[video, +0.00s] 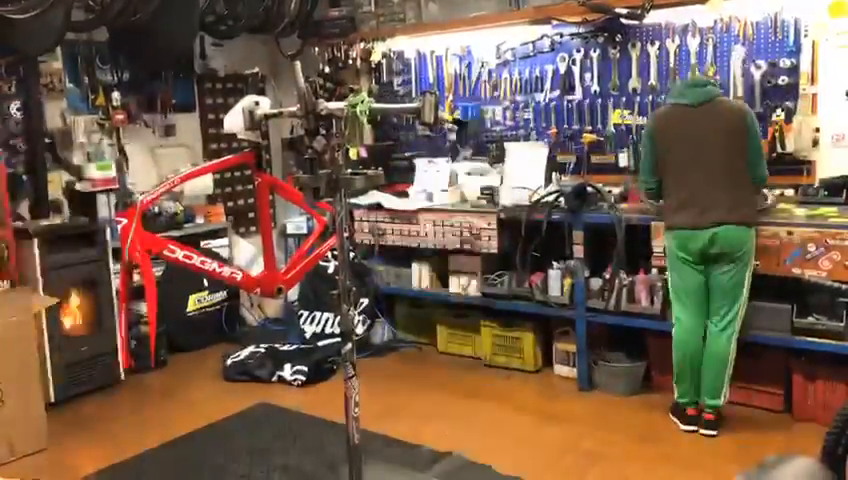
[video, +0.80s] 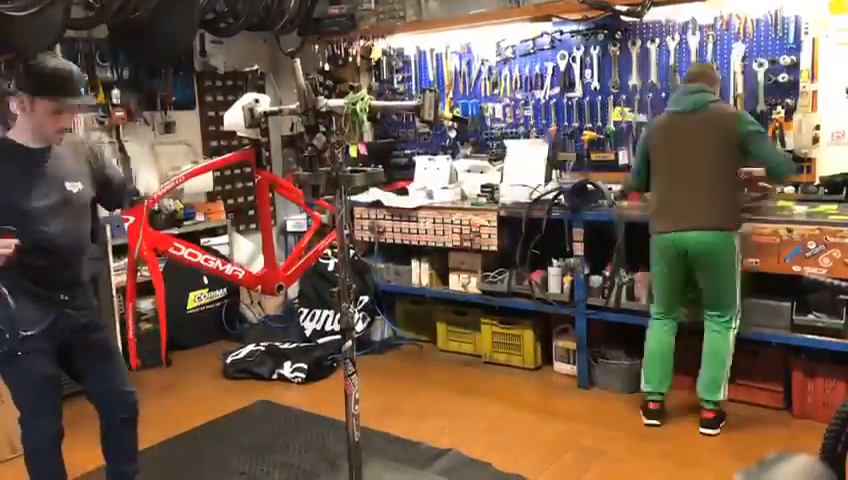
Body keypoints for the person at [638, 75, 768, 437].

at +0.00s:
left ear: (678, 86)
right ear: (714, 83)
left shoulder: (660, 119)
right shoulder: (740, 113)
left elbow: (649, 184)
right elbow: (760, 176)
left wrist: (676, 193)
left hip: (683, 229)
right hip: (734, 228)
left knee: (686, 318)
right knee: (723, 322)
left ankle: (687, 407)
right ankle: (710, 412)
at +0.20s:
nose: (719, 93)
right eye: (717, 88)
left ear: (684, 86)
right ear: (715, 89)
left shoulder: (652, 124)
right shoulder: (732, 117)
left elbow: (648, 185)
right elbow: (746, 180)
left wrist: (669, 201)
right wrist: (738, 190)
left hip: (666, 232)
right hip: (716, 234)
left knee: (677, 317)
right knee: (731, 317)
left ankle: (685, 410)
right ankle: (709, 409)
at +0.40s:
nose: (680, 78)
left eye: (662, 77)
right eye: (683, 72)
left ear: (653, 81)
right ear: (686, 74)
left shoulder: (646, 130)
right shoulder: (715, 106)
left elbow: (647, 188)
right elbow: (753, 100)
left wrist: (662, 212)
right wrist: (749, 83)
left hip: (670, 229)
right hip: (716, 226)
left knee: (678, 317)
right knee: (732, 315)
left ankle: (685, 410)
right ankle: (709, 409)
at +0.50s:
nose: (706, 74)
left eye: (700, 69)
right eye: (705, 69)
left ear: (668, 76)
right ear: (703, 72)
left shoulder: (651, 125)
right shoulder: (727, 109)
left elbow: (649, 189)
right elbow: (768, 125)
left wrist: (677, 194)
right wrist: (759, 115)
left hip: (670, 228)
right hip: (718, 225)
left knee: (679, 317)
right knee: (733, 314)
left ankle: (685, 409)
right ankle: (709, 409)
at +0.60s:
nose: (706, 70)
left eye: (691, 64)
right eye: (713, 63)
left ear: (683, 66)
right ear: (718, 64)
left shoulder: (663, 111)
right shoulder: (746, 112)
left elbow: (641, 170)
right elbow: (763, 177)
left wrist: (661, 193)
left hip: (671, 230)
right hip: (724, 231)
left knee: (666, 316)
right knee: (719, 323)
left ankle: (663, 404)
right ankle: (716, 417)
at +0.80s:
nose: (717, 92)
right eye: (717, 87)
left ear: (683, 87)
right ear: (716, 88)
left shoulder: (656, 126)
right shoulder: (733, 119)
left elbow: (637, 180)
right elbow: (779, 168)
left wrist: (669, 175)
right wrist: (773, 172)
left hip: (666, 234)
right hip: (715, 234)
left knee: (663, 315)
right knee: (720, 318)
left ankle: (652, 403)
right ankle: (710, 409)